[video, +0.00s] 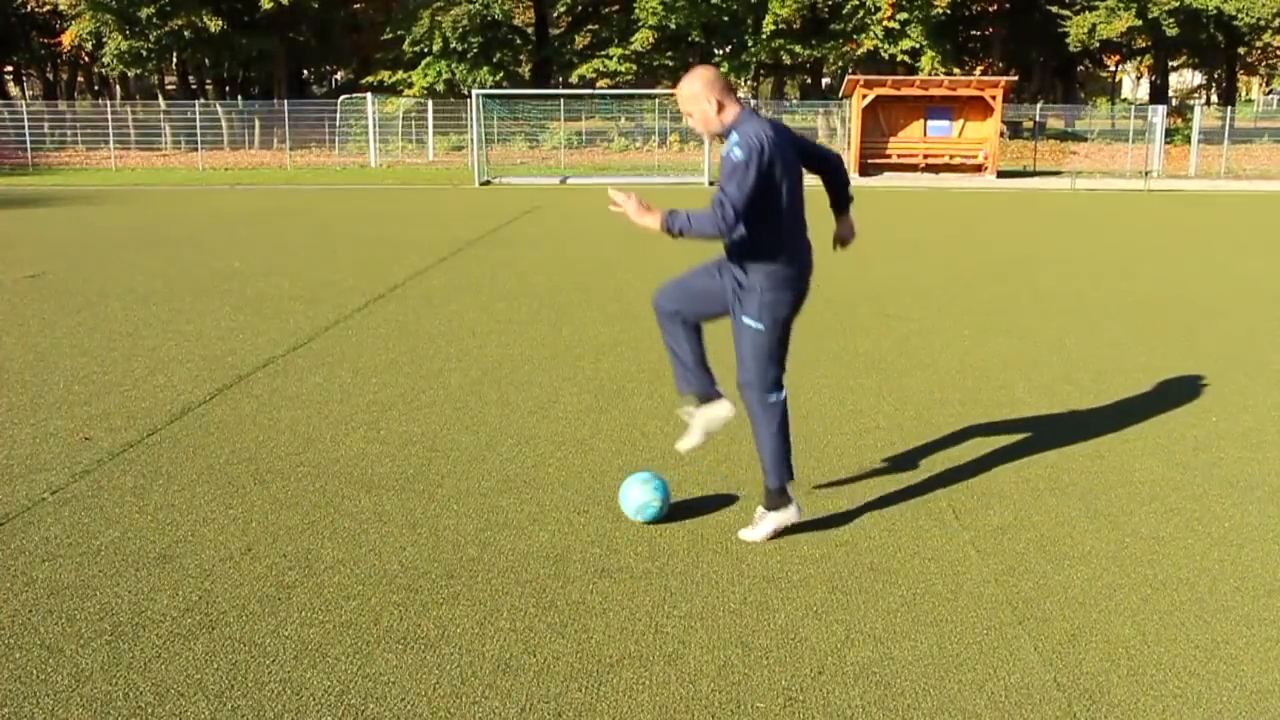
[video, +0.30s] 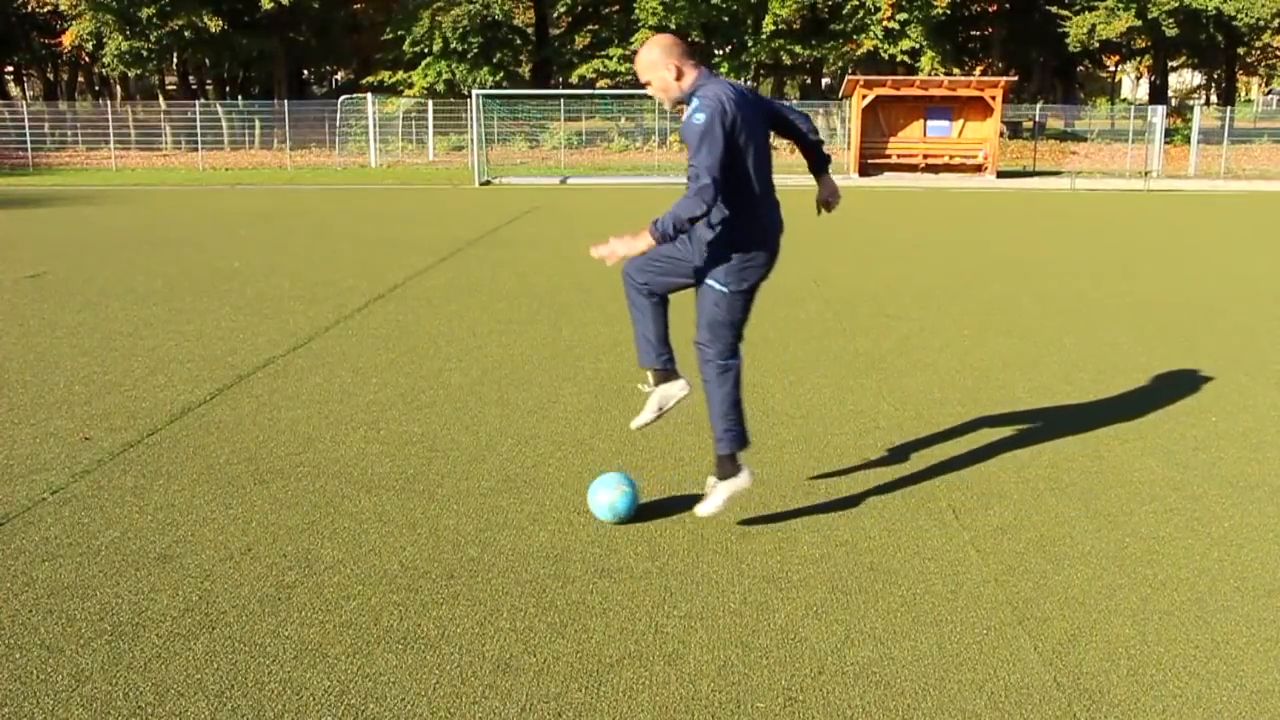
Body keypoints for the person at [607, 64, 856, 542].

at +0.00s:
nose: (691, 126)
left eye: (691, 115)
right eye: (687, 117)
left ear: (716, 105)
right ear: (721, 102)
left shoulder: (748, 142)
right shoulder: (767, 129)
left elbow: (723, 220)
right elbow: (830, 163)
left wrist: (656, 219)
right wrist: (843, 213)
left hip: (770, 277)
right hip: (742, 267)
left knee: (761, 388)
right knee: (670, 302)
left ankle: (779, 501)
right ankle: (706, 402)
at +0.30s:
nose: (652, 95)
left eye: (651, 83)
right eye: (647, 86)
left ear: (675, 69)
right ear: (681, 65)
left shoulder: (705, 109)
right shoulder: (735, 94)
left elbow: (702, 195)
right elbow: (799, 125)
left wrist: (645, 238)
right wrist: (823, 175)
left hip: (737, 247)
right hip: (720, 234)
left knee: (716, 351)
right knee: (639, 273)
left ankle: (730, 469)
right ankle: (663, 378)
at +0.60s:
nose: (606, 121)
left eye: (606, 110)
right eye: (601, 112)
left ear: (631, 96)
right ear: (636, 93)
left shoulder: (660, 138)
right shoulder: (690, 112)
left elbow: (683, 222)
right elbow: (756, 135)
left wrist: (663, 291)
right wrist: (792, 181)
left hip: (703, 264)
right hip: (689, 251)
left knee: (673, 370)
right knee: (607, 296)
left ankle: (658, 493)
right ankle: (627, 403)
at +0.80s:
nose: (579, 166)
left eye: (579, 156)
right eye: (575, 157)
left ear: (603, 141)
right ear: (610, 137)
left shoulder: (634, 186)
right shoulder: (668, 155)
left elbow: (660, 273)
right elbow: (731, 173)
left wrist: (657, 344)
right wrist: (778, 211)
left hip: (673, 309)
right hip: (687, 291)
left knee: (642, 410)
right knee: (581, 327)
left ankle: (667, 529)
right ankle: (584, 435)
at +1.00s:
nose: (555, 192)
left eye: (555, 183)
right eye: (551, 185)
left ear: (578, 169)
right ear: (581, 166)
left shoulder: (609, 215)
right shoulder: (645, 172)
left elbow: (632, 303)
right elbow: (708, 197)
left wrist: (642, 374)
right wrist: (753, 238)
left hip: (651, 323)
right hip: (672, 306)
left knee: (609, 426)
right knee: (568, 354)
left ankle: (661, 528)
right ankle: (524, 454)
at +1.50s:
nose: (502, 173)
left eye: (501, 163)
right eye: (498, 165)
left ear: (523, 151)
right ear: (530, 146)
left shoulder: (547, 193)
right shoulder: (592, 166)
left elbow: (565, 278)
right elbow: (649, 204)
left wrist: (576, 348)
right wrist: (685, 253)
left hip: (582, 316)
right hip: (608, 303)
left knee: (586, 426)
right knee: (529, 380)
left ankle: (654, 517)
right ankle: (476, 457)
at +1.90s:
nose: (439, 167)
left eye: (440, 157)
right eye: (437, 157)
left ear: (460, 150)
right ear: (472, 142)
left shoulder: (481, 193)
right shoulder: (522, 171)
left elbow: (498, 272)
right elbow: (582, 209)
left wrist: (509, 337)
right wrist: (624, 258)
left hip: (522, 315)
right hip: (548, 301)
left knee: (544, 417)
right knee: (488, 384)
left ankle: (629, 497)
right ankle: (477, 485)